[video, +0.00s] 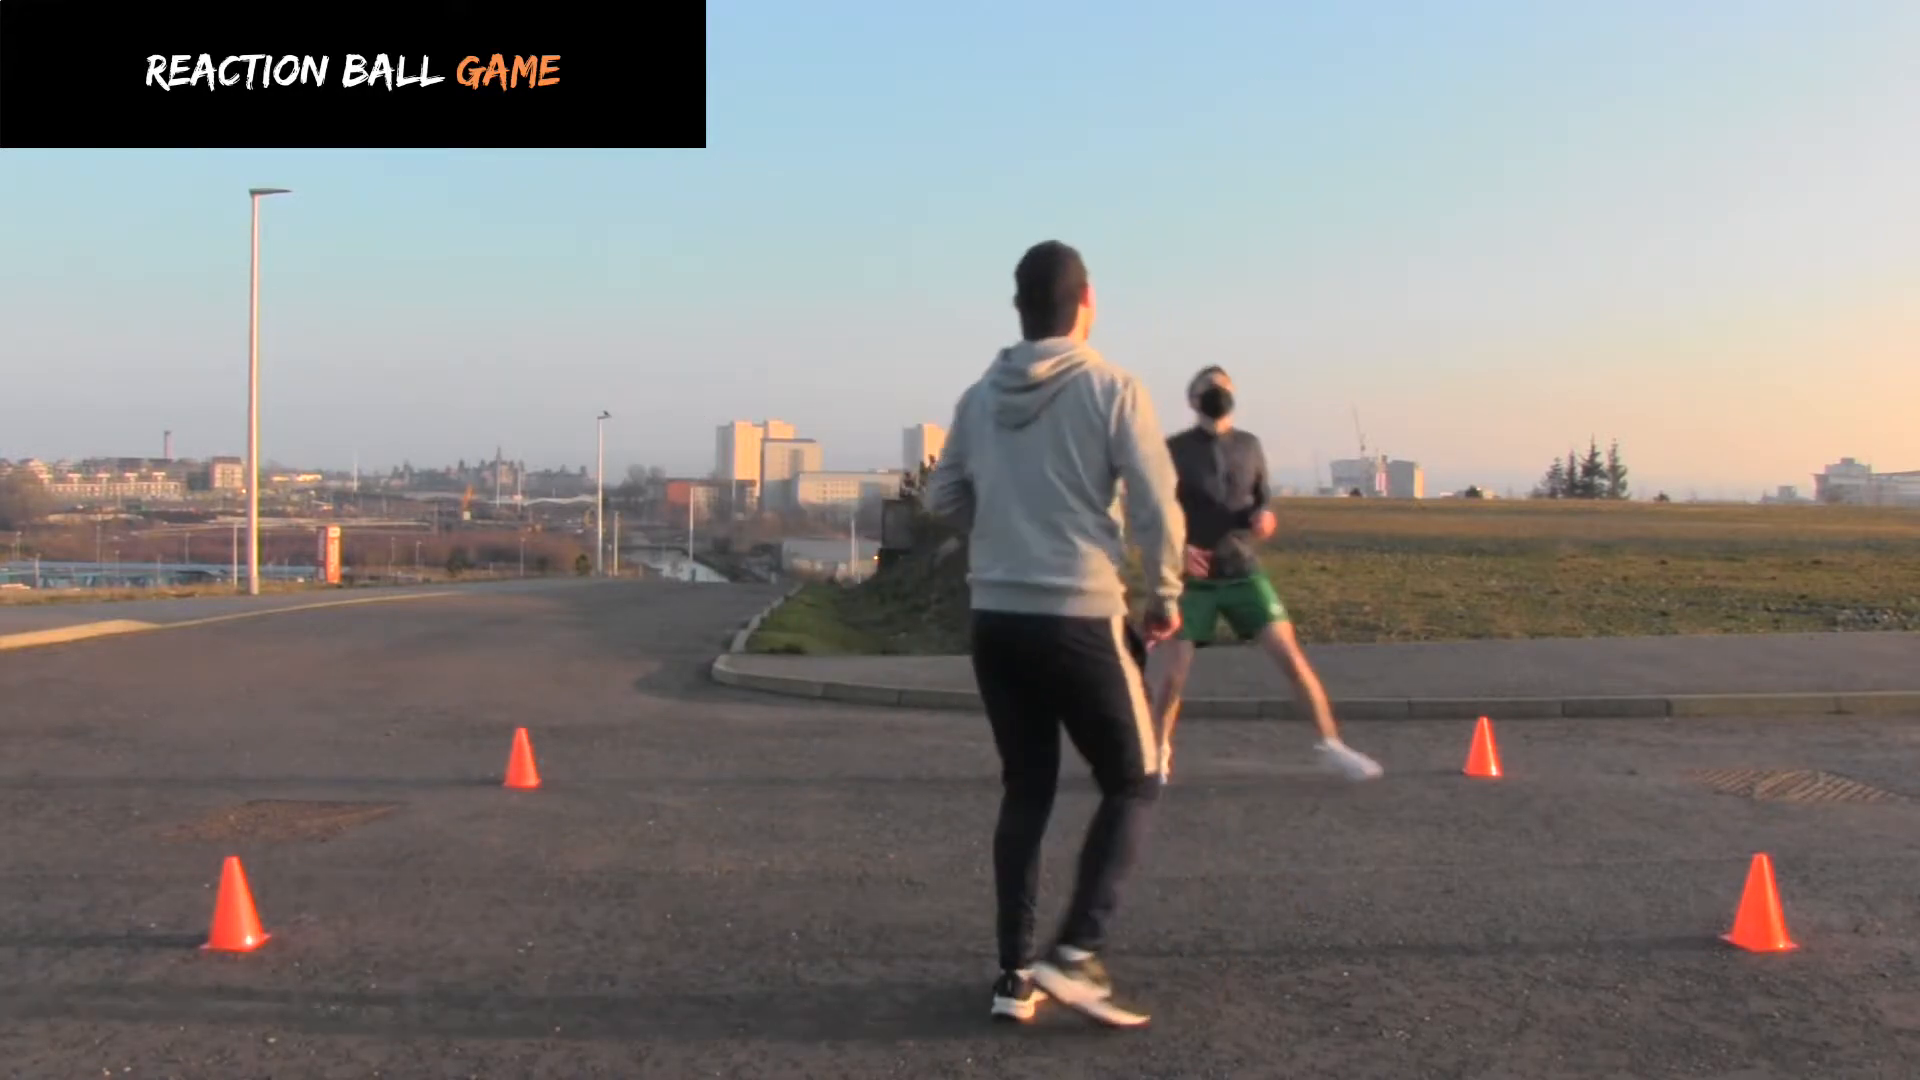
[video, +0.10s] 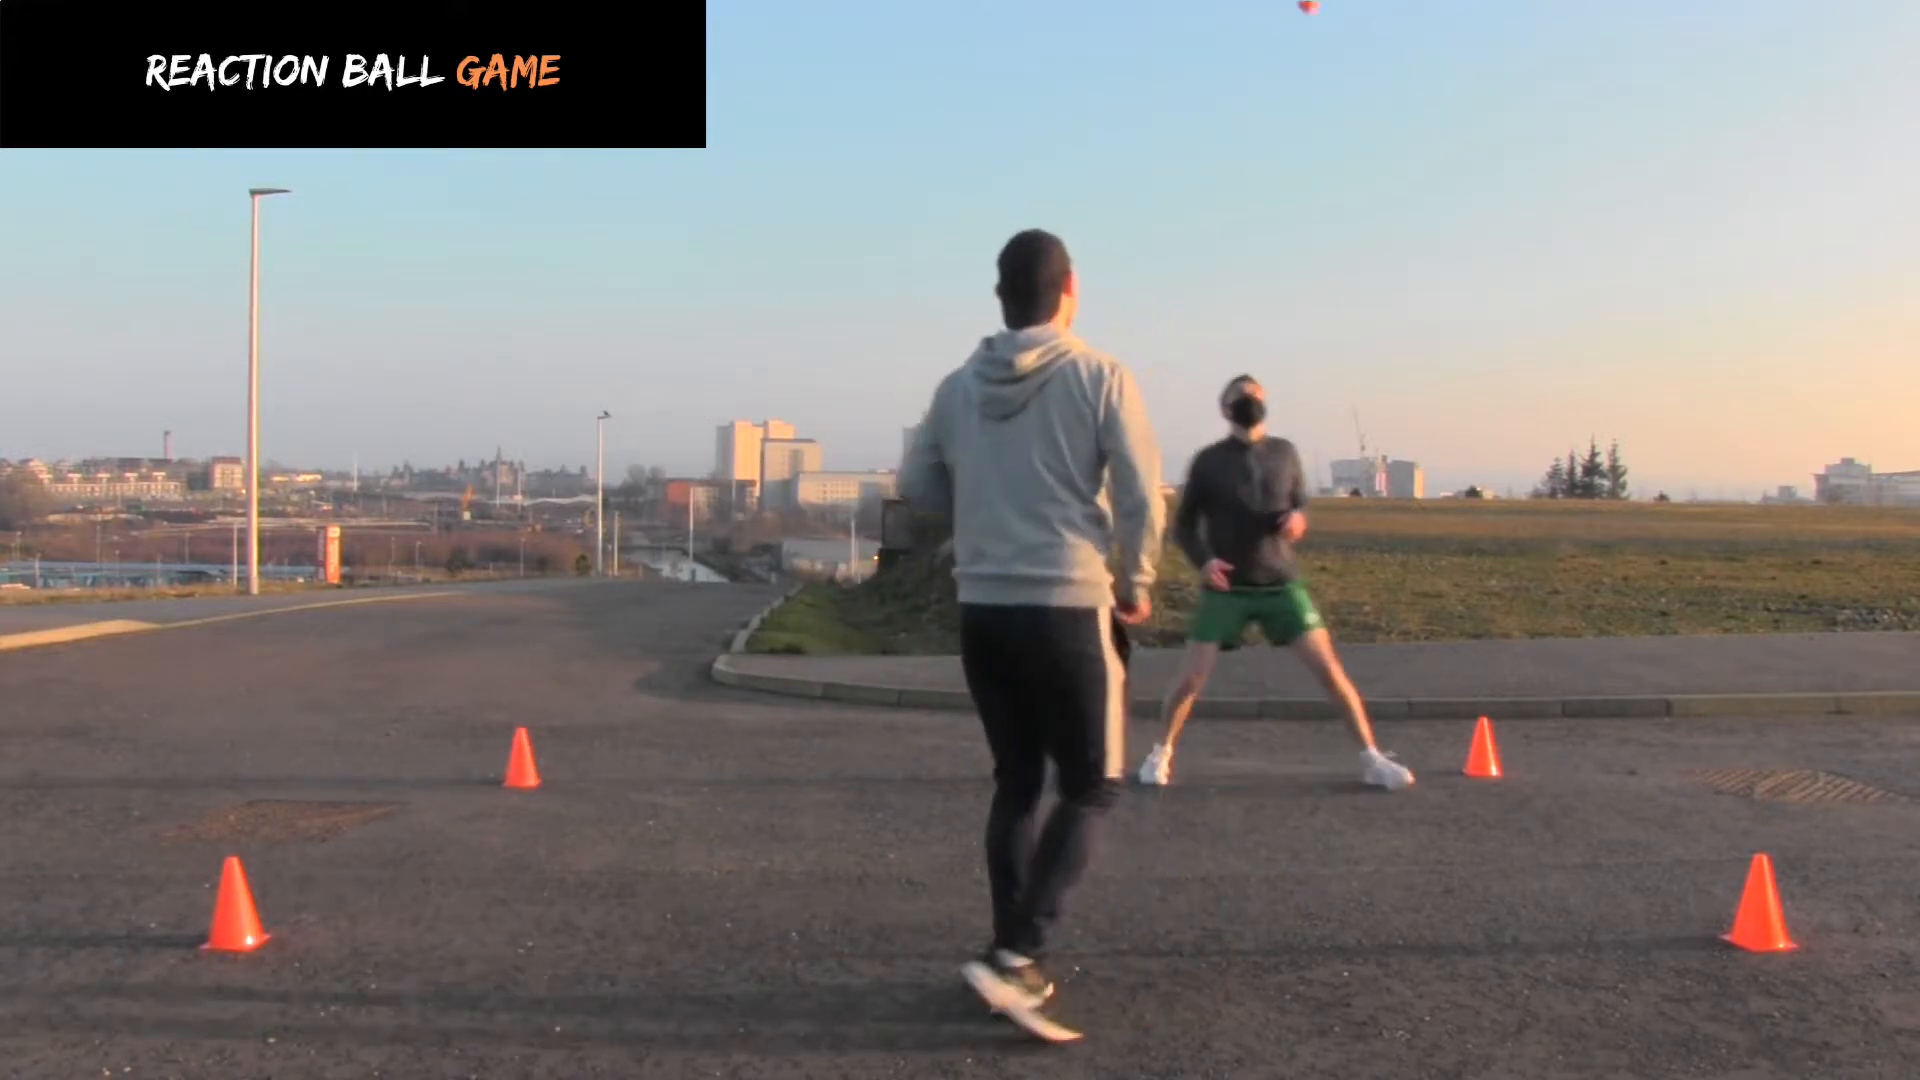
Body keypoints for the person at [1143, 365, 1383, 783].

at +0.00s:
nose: (1217, 397)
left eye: (1223, 389)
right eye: (1209, 390)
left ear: (1232, 397)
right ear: (1194, 399)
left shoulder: (1249, 447)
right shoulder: (1172, 450)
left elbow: (1261, 498)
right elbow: (1152, 507)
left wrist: (1263, 516)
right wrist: (1175, 547)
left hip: (1244, 573)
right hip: (1192, 577)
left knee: (1292, 657)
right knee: (1173, 675)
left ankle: (1330, 741)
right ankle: (1160, 757)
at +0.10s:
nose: (1249, 404)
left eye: (1255, 397)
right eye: (1240, 400)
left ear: (1265, 406)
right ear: (1226, 410)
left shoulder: (1284, 453)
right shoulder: (1208, 462)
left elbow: (1299, 503)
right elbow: (1183, 525)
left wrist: (1298, 518)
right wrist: (1204, 561)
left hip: (1281, 586)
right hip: (1226, 587)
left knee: (1330, 669)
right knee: (1194, 678)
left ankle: (1371, 755)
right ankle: (1162, 752)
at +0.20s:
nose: (1299, 393)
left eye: (1304, 386)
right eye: (1290, 389)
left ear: (1317, 395)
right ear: (1277, 402)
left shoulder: (1342, 441)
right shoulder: (1265, 457)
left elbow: (1375, 491)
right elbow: (1253, 510)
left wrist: (1353, 497)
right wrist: (1248, 544)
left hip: (1344, 575)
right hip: (1288, 578)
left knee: (1377, 664)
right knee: (1245, 666)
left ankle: (1384, 758)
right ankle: (1197, 745)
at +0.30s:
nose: (1327, 377)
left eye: (1333, 369)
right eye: (1317, 371)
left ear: (1347, 376)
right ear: (1305, 381)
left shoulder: (1370, 418)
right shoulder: (1296, 435)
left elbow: (1411, 463)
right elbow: (1287, 489)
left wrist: (1382, 473)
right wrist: (1278, 524)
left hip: (1373, 560)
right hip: (1317, 560)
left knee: (1385, 659)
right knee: (1289, 652)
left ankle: (1386, 754)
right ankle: (1278, 743)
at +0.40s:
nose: (1362, 364)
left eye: (1369, 356)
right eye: (1354, 358)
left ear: (1386, 360)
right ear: (1344, 366)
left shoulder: (1410, 403)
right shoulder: (1337, 415)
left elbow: (1455, 448)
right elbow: (1328, 471)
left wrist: (1419, 451)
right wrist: (1317, 501)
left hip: (1409, 541)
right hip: (1358, 543)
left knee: (1420, 650)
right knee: (1353, 651)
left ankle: (1427, 743)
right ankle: (1387, 737)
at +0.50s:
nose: (1383, 376)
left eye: (1390, 367)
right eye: (1377, 369)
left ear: (1412, 368)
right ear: (1371, 374)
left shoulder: (1437, 415)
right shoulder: (1365, 424)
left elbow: (1483, 462)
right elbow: (1356, 479)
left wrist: (1443, 459)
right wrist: (1343, 509)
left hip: (1435, 552)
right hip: (1384, 555)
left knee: (1452, 654)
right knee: (1387, 665)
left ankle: (1485, 744)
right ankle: (1425, 752)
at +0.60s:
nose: (1415, 409)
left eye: (1423, 400)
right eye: (1410, 401)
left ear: (1448, 396)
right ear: (1406, 402)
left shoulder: (1474, 443)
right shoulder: (1412, 449)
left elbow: (1514, 497)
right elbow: (1411, 513)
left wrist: (1473, 497)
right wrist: (1383, 547)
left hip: (1477, 580)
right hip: (1427, 582)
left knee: (1508, 677)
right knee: (1400, 678)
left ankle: (1578, 756)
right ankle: (1429, 760)